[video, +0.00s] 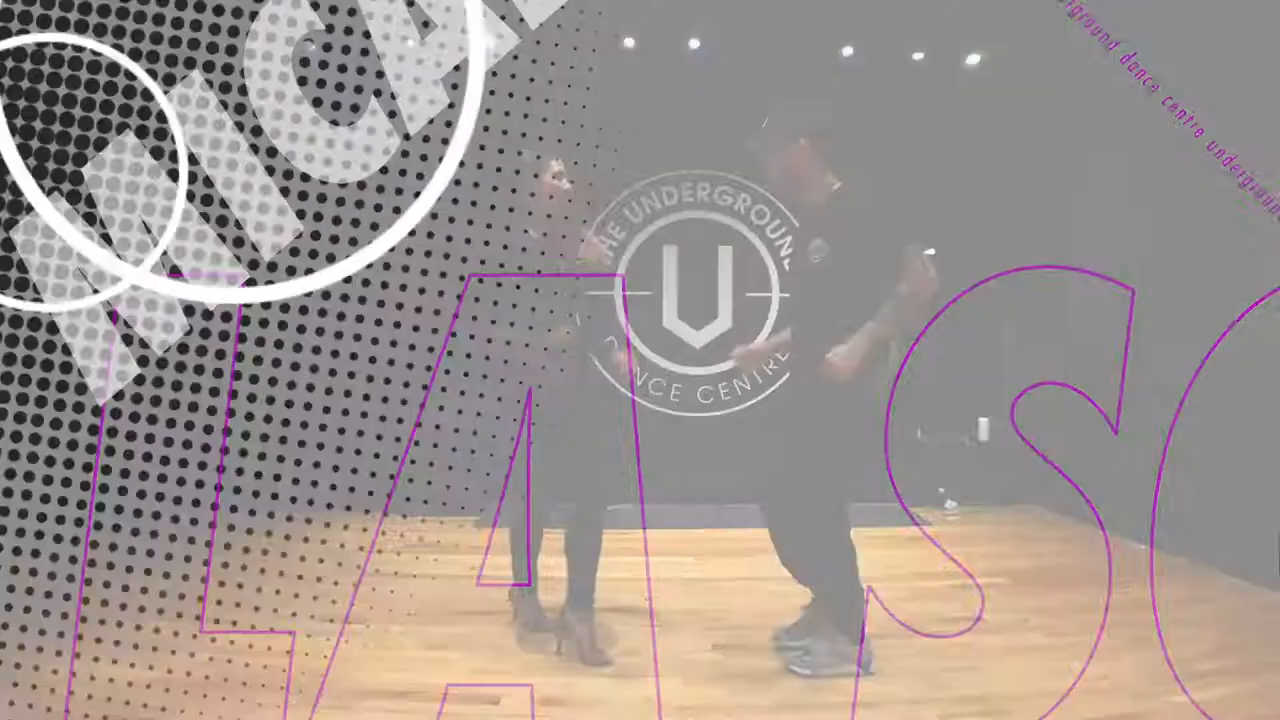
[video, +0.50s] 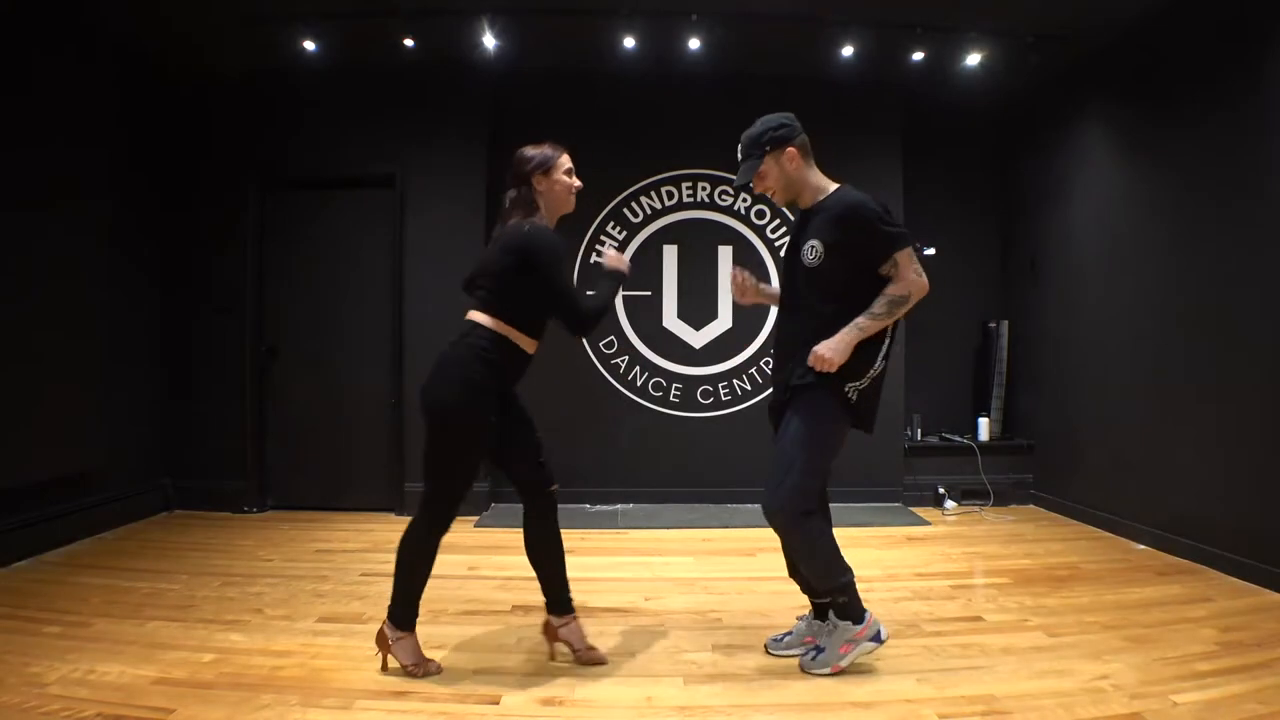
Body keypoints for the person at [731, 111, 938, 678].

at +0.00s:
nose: (768, 170)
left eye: (775, 154)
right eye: (766, 156)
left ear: (809, 147)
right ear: (793, 153)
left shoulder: (861, 219)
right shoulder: (797, 224)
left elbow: (915, 289)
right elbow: (813, 311)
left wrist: (858, 347)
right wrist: (769, 344)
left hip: (837, 384)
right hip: (798, 382)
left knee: (815, 495)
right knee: (784, 493)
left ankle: (846, 634)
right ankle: (828, 606)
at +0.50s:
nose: (756, 186)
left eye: (759, 171)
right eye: (752, 176)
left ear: (790, 155)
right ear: (786, 162)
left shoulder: (854, 209)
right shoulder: (804, 224)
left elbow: (911, 282)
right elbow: (820, 299)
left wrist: (848, 335)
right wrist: (765, 295)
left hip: (830, 388)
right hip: (796, 385)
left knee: (789, 503)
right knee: (790, 505)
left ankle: (853, 620)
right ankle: (826, 615)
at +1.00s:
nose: (774, 167)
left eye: (783, 156)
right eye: (774, 158)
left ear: (818, 157)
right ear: (813, 160)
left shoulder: (862, 214)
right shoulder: (833, 226)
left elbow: (928, 276)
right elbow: (845, 298)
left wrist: (859, 340)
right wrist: (795, 279)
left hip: (865, 400)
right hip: (847, 397)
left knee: (818, 515)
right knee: (841, 509)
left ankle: (853, 638)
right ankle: (932, 586)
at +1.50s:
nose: (826, 186)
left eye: (831, 173)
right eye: (822, 176)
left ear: (865, 160)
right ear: (855, 167)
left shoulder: (906, 224)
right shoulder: (878, 225)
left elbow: (940, 309)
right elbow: (899, 296)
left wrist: (877, 372)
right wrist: (850, 300)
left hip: (920, 401)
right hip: (887, 392)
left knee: (891, 512)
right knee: (851, 496)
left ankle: (905, 629)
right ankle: (931, 580)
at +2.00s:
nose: (839, 172)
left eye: (848, 160)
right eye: (838, 162)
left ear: (884, 158)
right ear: (870, 164)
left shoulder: (941, 219)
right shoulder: (873, 234)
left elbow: (961, 310)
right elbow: (888, 320)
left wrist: (889, 265)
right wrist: (875, 381)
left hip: (941, 397)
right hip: (908, 397)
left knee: (897, 523)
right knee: (931, 505)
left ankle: (943, 640)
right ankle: (992, 599)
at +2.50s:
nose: (753, 151)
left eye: (762, 139)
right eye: (753, 141)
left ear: (797, 139)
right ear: (790, 143)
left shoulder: (831, 202)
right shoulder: (802, 219)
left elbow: (895, 267)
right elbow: (794, 313)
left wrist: (809, 310)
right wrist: (722, 295)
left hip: (851, 403)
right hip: (812, 403)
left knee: (872, 520)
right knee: (793, 522)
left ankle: (939, 631)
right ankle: (758, 639)